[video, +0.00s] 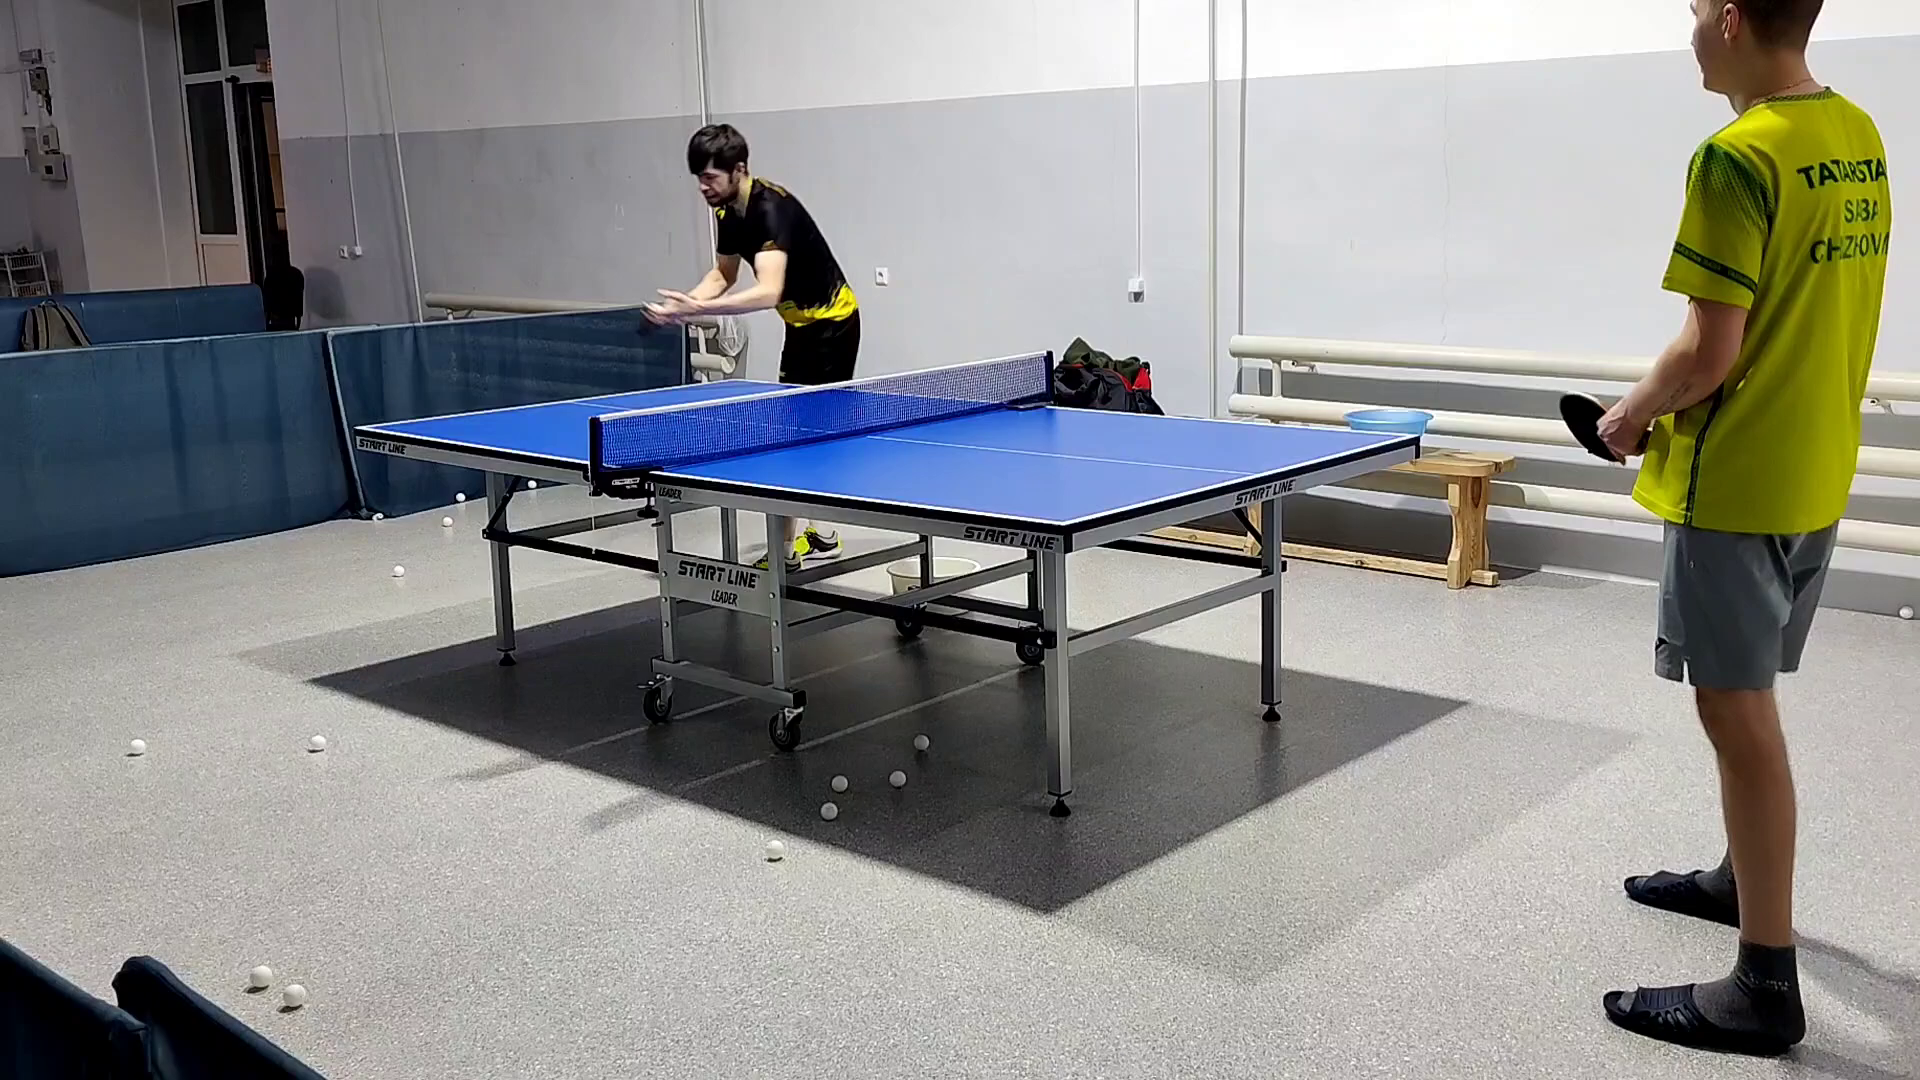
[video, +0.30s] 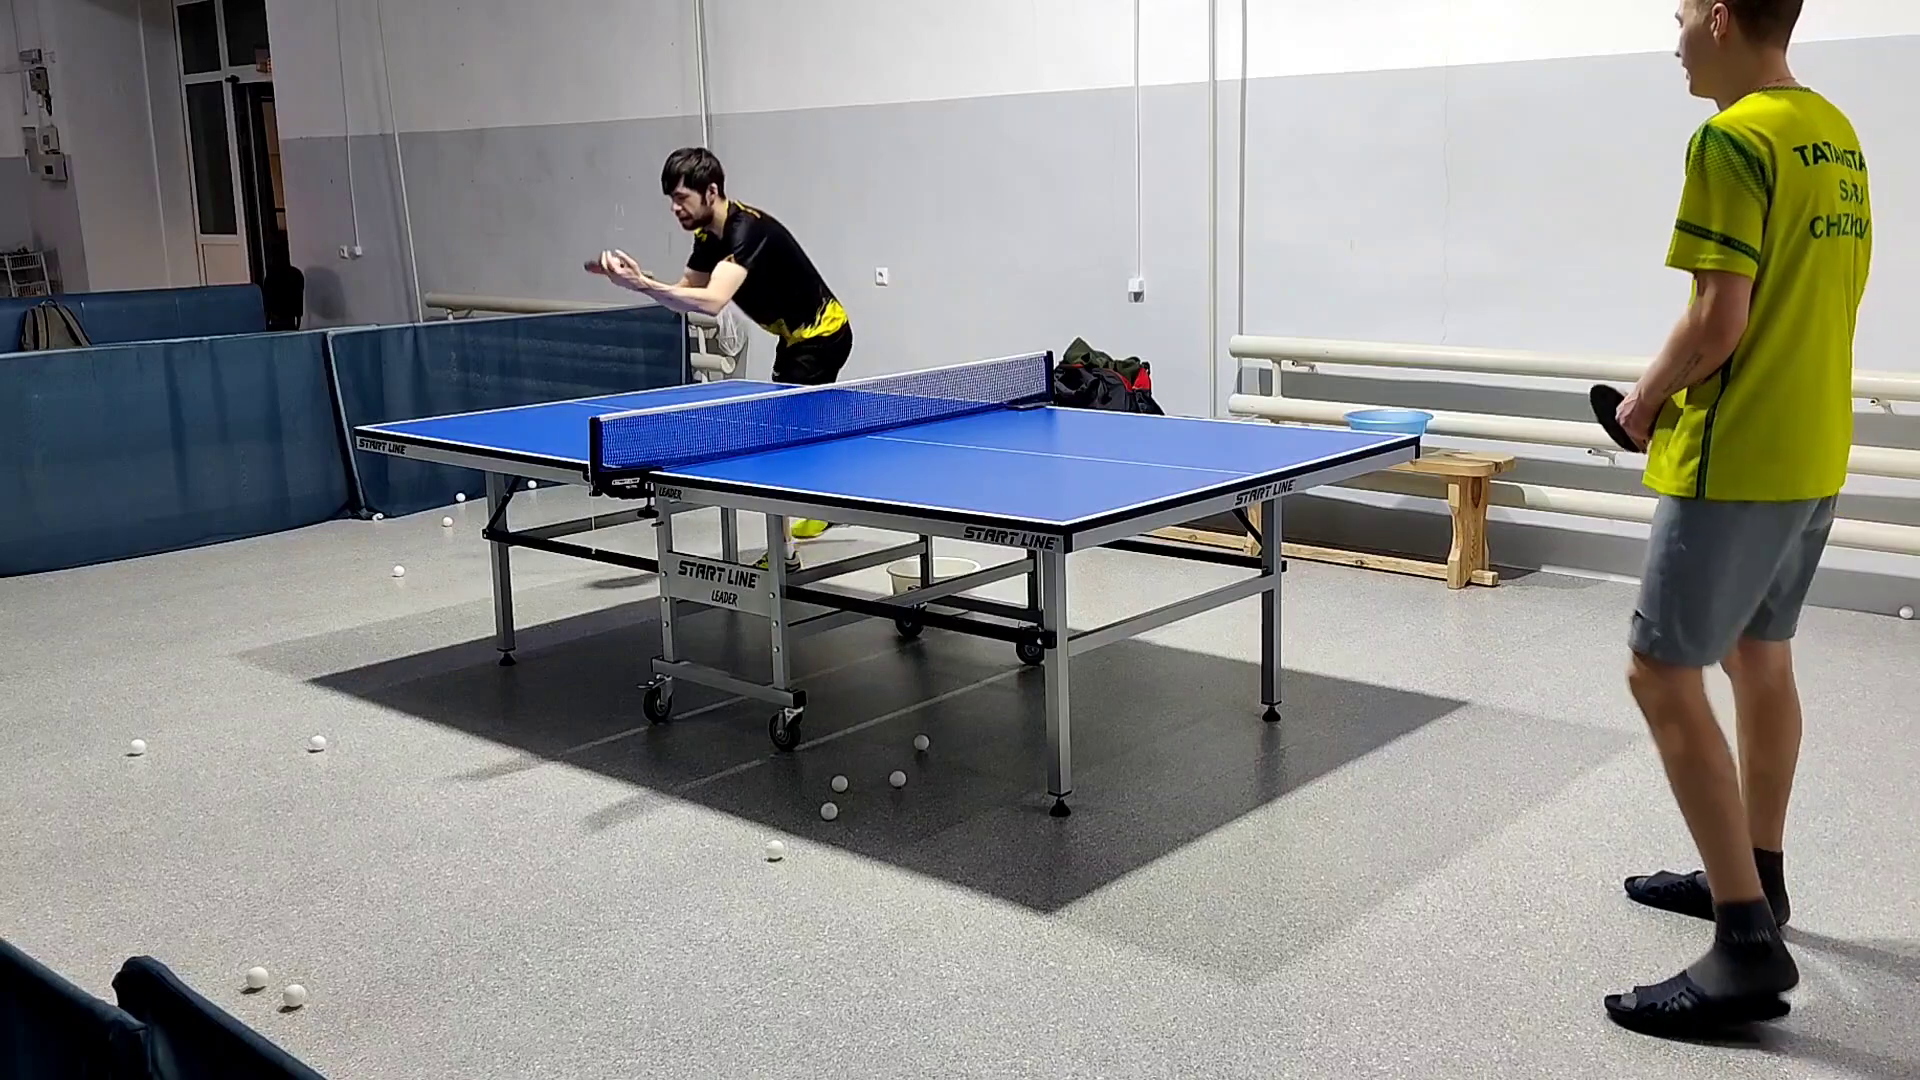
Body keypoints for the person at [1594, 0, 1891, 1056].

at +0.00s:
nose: (1692, 31)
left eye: (1698, 13)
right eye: (1695, 14)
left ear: (1732, 20)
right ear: (1798, 23)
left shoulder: (1737, 152)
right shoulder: (1857, 134)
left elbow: (1713, 348)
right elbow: (1823, 318)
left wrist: (1637, 411)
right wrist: (1668, 395)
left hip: (1741, 482)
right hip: (1816, 474)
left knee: (1740, 711)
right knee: (1740, 688)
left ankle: (1765, 987)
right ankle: (1744, 881)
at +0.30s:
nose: (1677, 36)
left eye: (1683, 16)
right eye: (1679, 19)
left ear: (1721, 19)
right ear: (1775, 26)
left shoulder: (1731, 136)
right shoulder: (1834, 132)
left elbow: (1722, 316)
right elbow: (1840, 298)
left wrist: (1642, 401)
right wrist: (1705, 374)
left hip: (1736, 456)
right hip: (1813, 452)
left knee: (1662, 674)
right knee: (1760, 651)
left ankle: (1749, 949)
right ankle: (1754, 874)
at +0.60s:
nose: (1655, 48)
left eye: (1661, 26)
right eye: (1657, 28)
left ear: (1703, 21)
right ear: (1741, 26)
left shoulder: (1732, 136)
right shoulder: (1808, 133)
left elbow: (1737, 311)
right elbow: (1787, 309)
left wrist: (1649, 381)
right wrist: (1679, 381)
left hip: (1722, 448)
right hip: (1783, 446)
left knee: (1645, 664)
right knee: (1749, 650)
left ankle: (1689, 937)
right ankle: (1756, 873)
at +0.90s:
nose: (1654, 37)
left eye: (1663, 17)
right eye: (1659, 17)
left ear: (1700, 21)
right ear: (1746, 30)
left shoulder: (1711, 141)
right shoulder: (1802, 137)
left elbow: (1690, 323)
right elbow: (1770, 307)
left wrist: (1611, 377)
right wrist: (1650, 365)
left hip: (1697, 456)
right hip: (1763, 448)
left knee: (1682, 688)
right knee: (1720, 657)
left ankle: (1706, 958)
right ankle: (1748, 869)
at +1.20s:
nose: (1629, 42)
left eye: (1632, 21)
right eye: (1629, 24)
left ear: (1666, 23)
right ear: (1731, 26)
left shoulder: (1677, 146)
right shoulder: (1790, 129)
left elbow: (1658, 337)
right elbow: (1763, 297)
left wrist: (1600, 379)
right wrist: (1642, 357)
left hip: (1700, 466)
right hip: (1780, 457)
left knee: (1694, 687)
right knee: (1714, 667)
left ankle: (1708, 962)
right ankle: (1745, 871)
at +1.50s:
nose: (1597, 61)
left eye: (1598, 41)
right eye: (1597, 40)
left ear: (1630, 41)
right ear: (1699, 31)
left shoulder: (1647, 162)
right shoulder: (1781, 123)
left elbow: (1633, 346)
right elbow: (1767, 287)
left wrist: (1586, 394)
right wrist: (1639, 360)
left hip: (1699, 473)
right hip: (1799, 459)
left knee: (1699, 702)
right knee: (1738, 670)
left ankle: (1708, 963)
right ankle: (1750, 873)